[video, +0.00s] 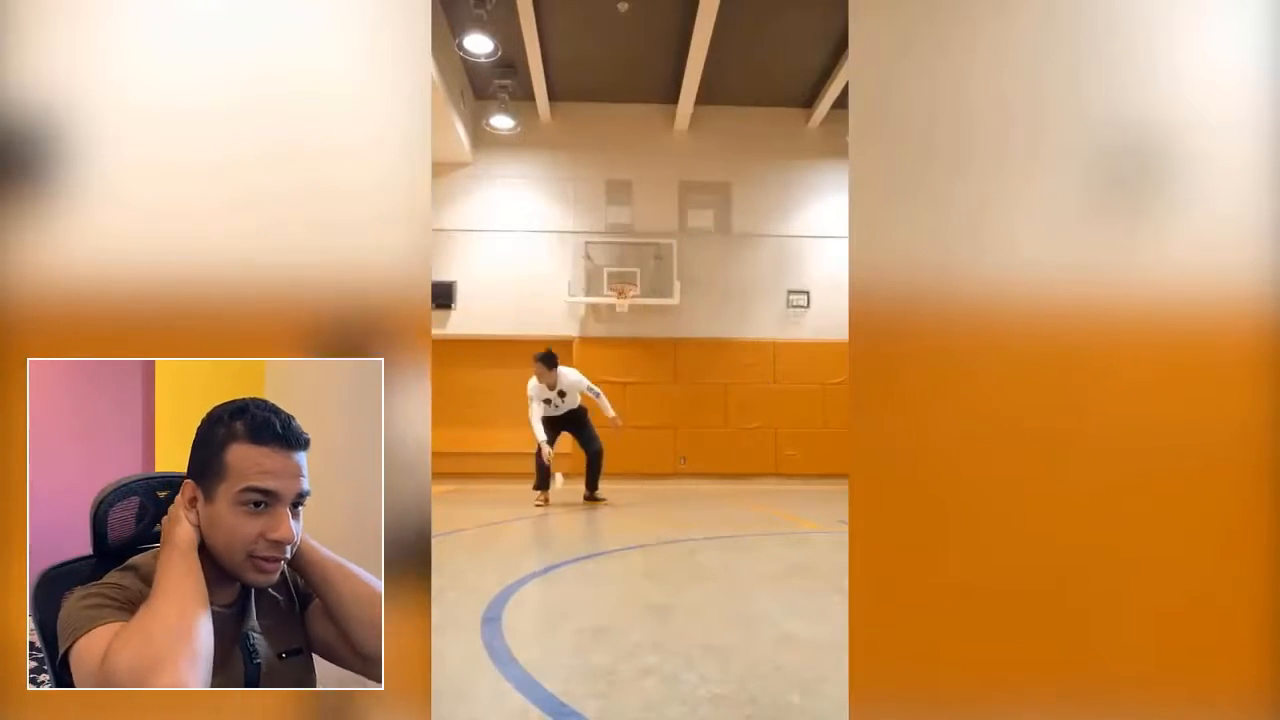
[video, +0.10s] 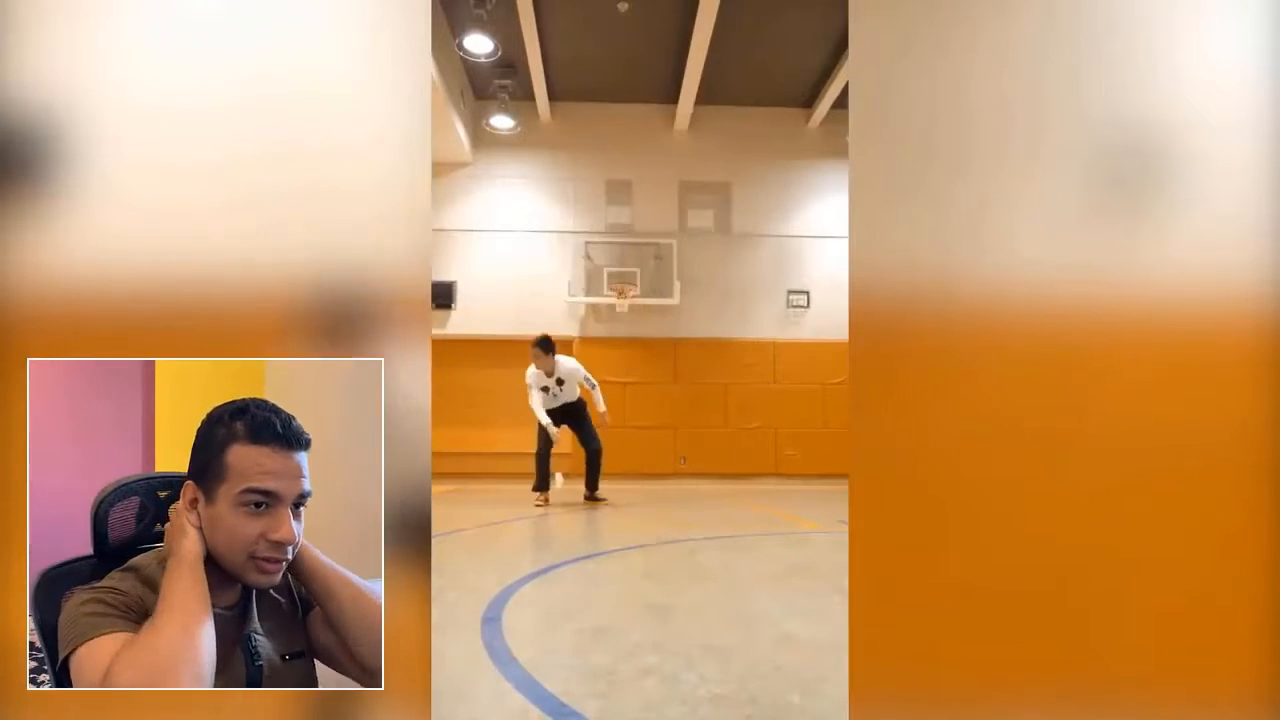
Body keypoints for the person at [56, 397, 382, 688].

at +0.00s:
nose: (286, 535)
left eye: (297, 506)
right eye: (257, 504)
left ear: (304, 503)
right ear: (194, 503)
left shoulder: (284, 585)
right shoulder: (101, 604)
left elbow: (397, 658)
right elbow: (166, 691)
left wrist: (294, 538)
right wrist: (179, 543)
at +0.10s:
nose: (287, 536)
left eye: (298, 506)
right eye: (257, 505)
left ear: (306, 503)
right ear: (194, 504)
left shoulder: (287, 586)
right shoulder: (103, 605)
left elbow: (393, 668)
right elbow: (159, 702)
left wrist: (295, 545)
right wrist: (186, 556)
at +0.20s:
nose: (289, 535)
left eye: (299, 506)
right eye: (259, 506)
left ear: (307, 502)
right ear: (195, 506)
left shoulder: (285, 593)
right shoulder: (106, 606)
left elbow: (388, 674)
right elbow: (162, 709)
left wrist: (295, 553)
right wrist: (191, 563)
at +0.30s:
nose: (289, 534)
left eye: (299, 506)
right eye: (259, 506)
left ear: (307, 502)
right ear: (195, 507)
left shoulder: (284, 596)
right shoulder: (107, 607)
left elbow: (383, 679)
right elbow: (164, 711)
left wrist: (292, 562)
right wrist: (195, 570)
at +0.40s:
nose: (287, 533)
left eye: (297, 506)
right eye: (256, 505)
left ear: (305, 503)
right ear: (193, 507)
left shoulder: (288, 596)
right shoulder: (107, 608)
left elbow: (381, 686)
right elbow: (161, 715)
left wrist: (292, 572)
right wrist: (199, 580)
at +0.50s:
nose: (284, 533)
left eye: (295, 505)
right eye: (254, 505)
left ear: (303, 504)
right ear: (192, 507)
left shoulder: (293, 592)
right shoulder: (107, 609)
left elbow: (379, 690)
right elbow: (160, 716)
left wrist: (290, 579)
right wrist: (204, 590)